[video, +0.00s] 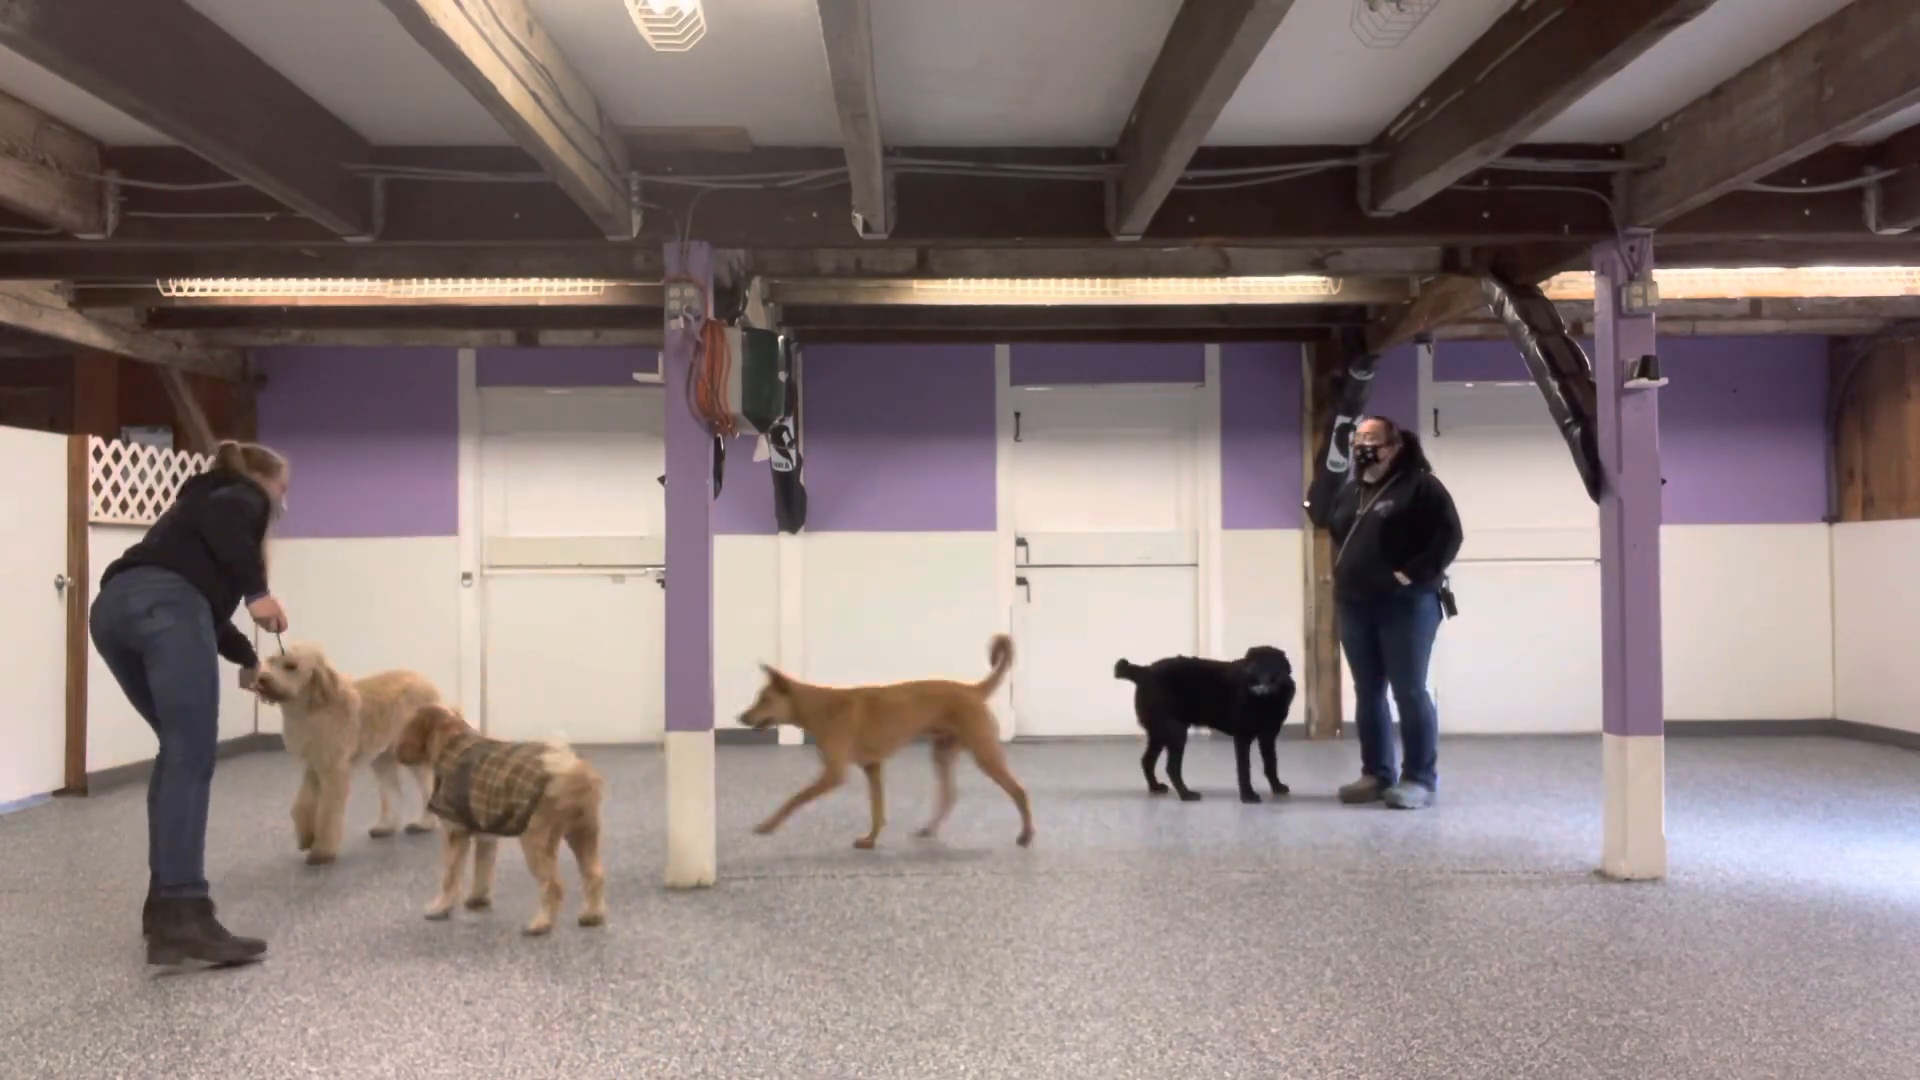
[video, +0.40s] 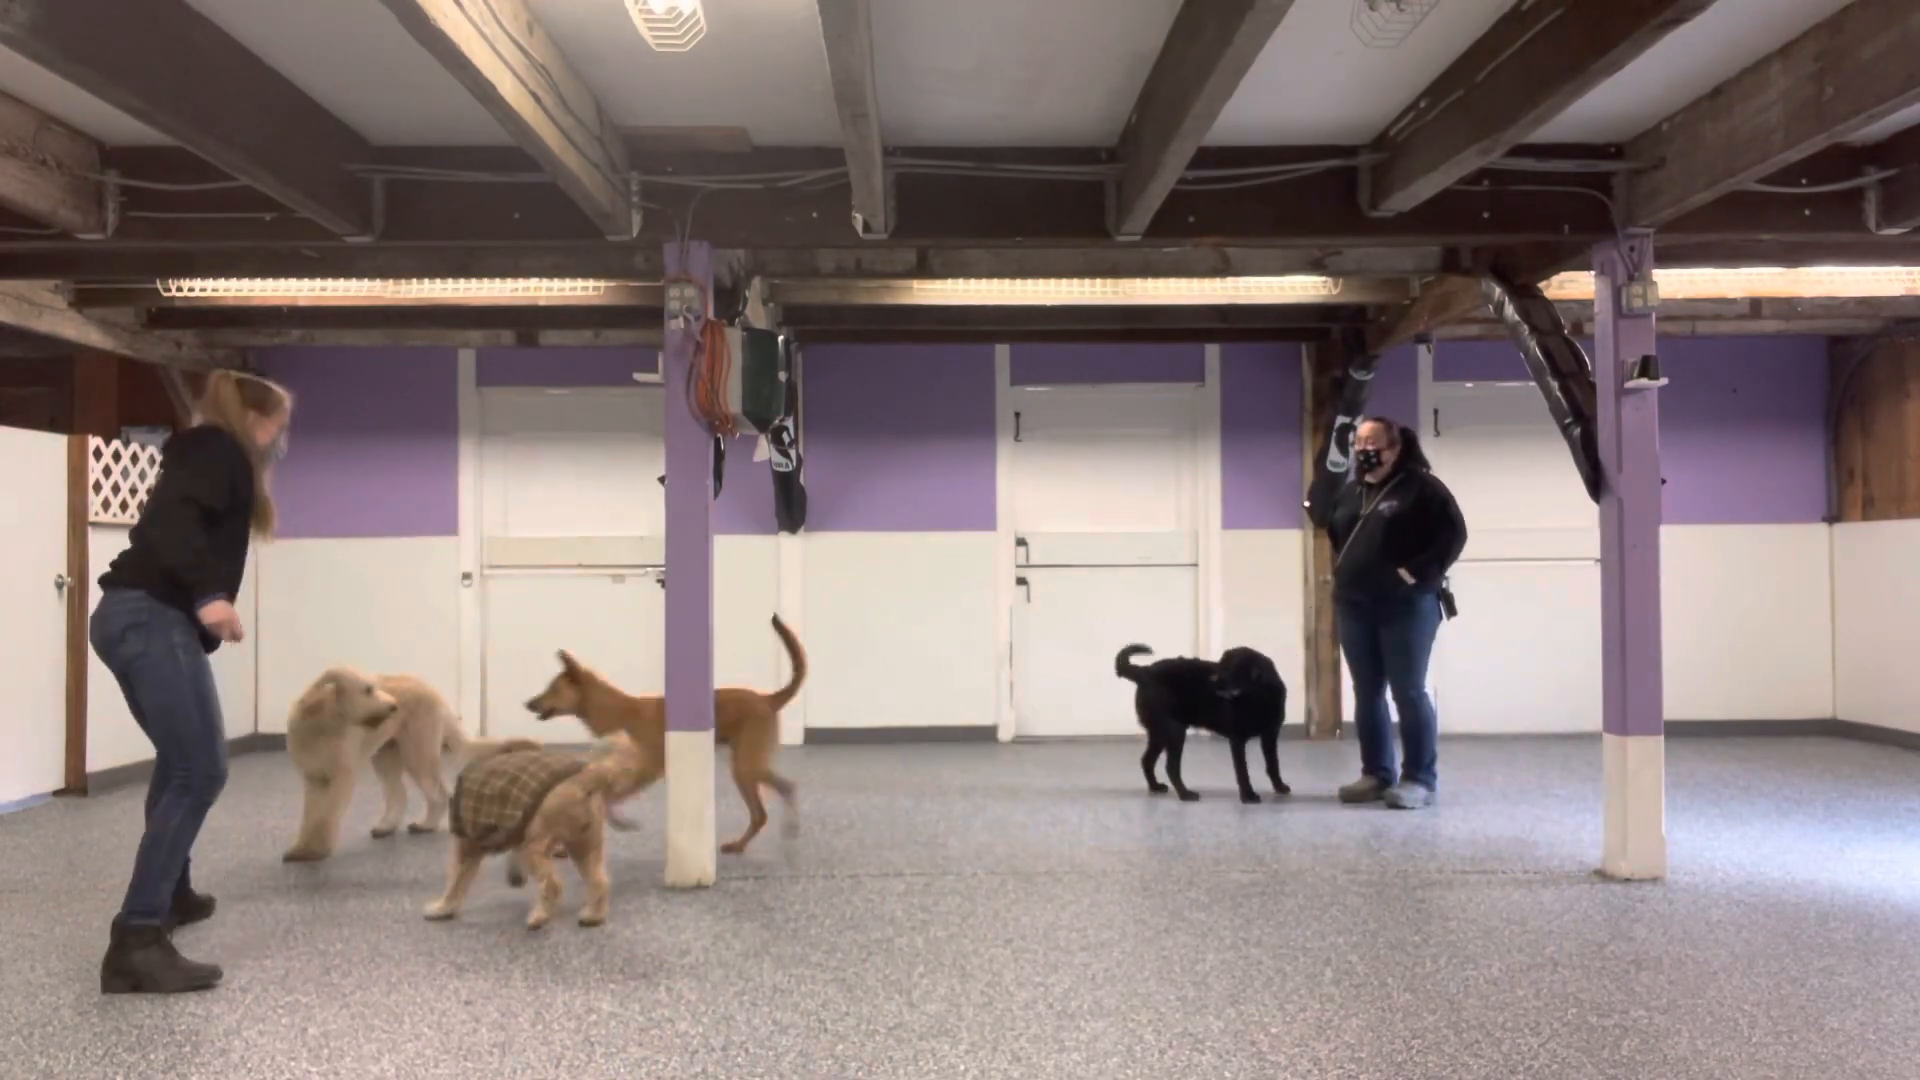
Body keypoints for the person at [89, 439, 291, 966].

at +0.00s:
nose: (280, 502)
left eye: (282, 494)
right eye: (279, 492)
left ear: (230, 472)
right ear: (259, 477)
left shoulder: (196, 504)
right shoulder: (241, 491)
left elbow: (203, 600)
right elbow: (233, 529)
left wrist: (248, 662)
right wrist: (258, 593)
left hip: (112, 608)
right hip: (166, 599)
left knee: (180, 747)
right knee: (192, 748)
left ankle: (168, 904)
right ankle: (183, 912)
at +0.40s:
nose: (277, 439)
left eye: (281, 428)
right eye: (274, 426)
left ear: (240, 414)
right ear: (248, 414)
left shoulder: (218, 456)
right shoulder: (215, 449)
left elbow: (183, 534)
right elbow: (169, 520)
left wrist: (201, 606)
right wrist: (208, 594)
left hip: (145, 614)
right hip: (147, 615)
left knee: (183, 761)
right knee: (201, 771)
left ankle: (171, 892)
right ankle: (135, 943)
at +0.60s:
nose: (280, 401)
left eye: (286, 389)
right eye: (278, 385)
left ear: (253, 374)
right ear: (248, 371)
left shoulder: (229, 430)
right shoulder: (203, 418)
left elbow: (167, 513)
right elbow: (114, 492)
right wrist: (117, 588)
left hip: (190, 619)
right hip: (156, 618)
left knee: (242, 751)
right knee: (191, 775)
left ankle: (190, 893)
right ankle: (132, 945)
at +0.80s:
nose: (297, 387)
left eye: (302, 374)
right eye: (296, 371)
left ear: (262, 358)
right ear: (266, 358)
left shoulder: (241, 421)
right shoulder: (215, 414)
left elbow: (173, 509)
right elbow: (114, 489)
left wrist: (125, 583)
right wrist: (81, 583)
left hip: (211, 622)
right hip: (166, 620)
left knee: (282, 746)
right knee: (178, 778)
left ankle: (259, 917)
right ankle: (131, 946)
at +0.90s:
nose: (313, 389)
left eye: (315, 376)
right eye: (309, 374)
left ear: (275, 363)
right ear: (276, 362)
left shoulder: (258, 430)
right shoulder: (219, 421)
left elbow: (193, 519)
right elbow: (119, 507)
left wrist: (136, 583)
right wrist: (108, 587)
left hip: (232, 627)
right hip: (178, 624)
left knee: (289, 762)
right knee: (183, 787)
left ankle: (302, 929)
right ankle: (133, 948)